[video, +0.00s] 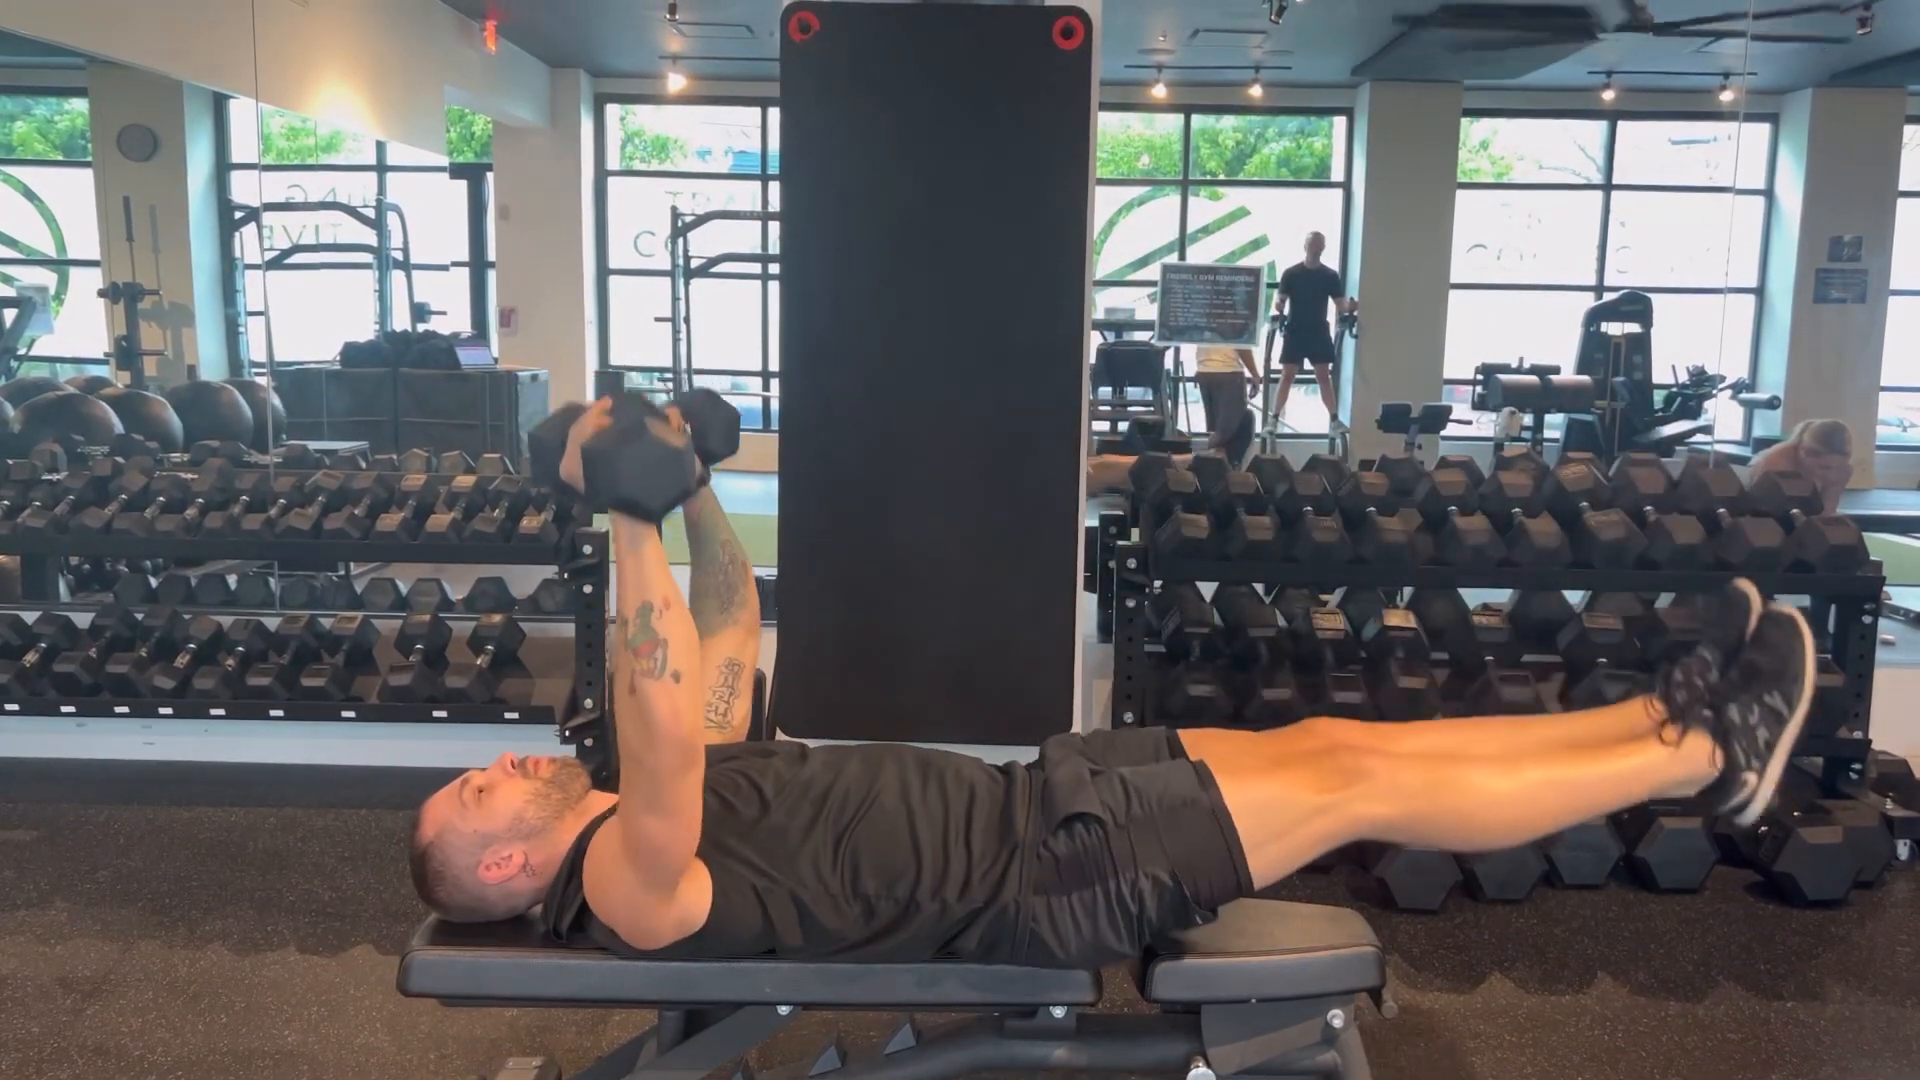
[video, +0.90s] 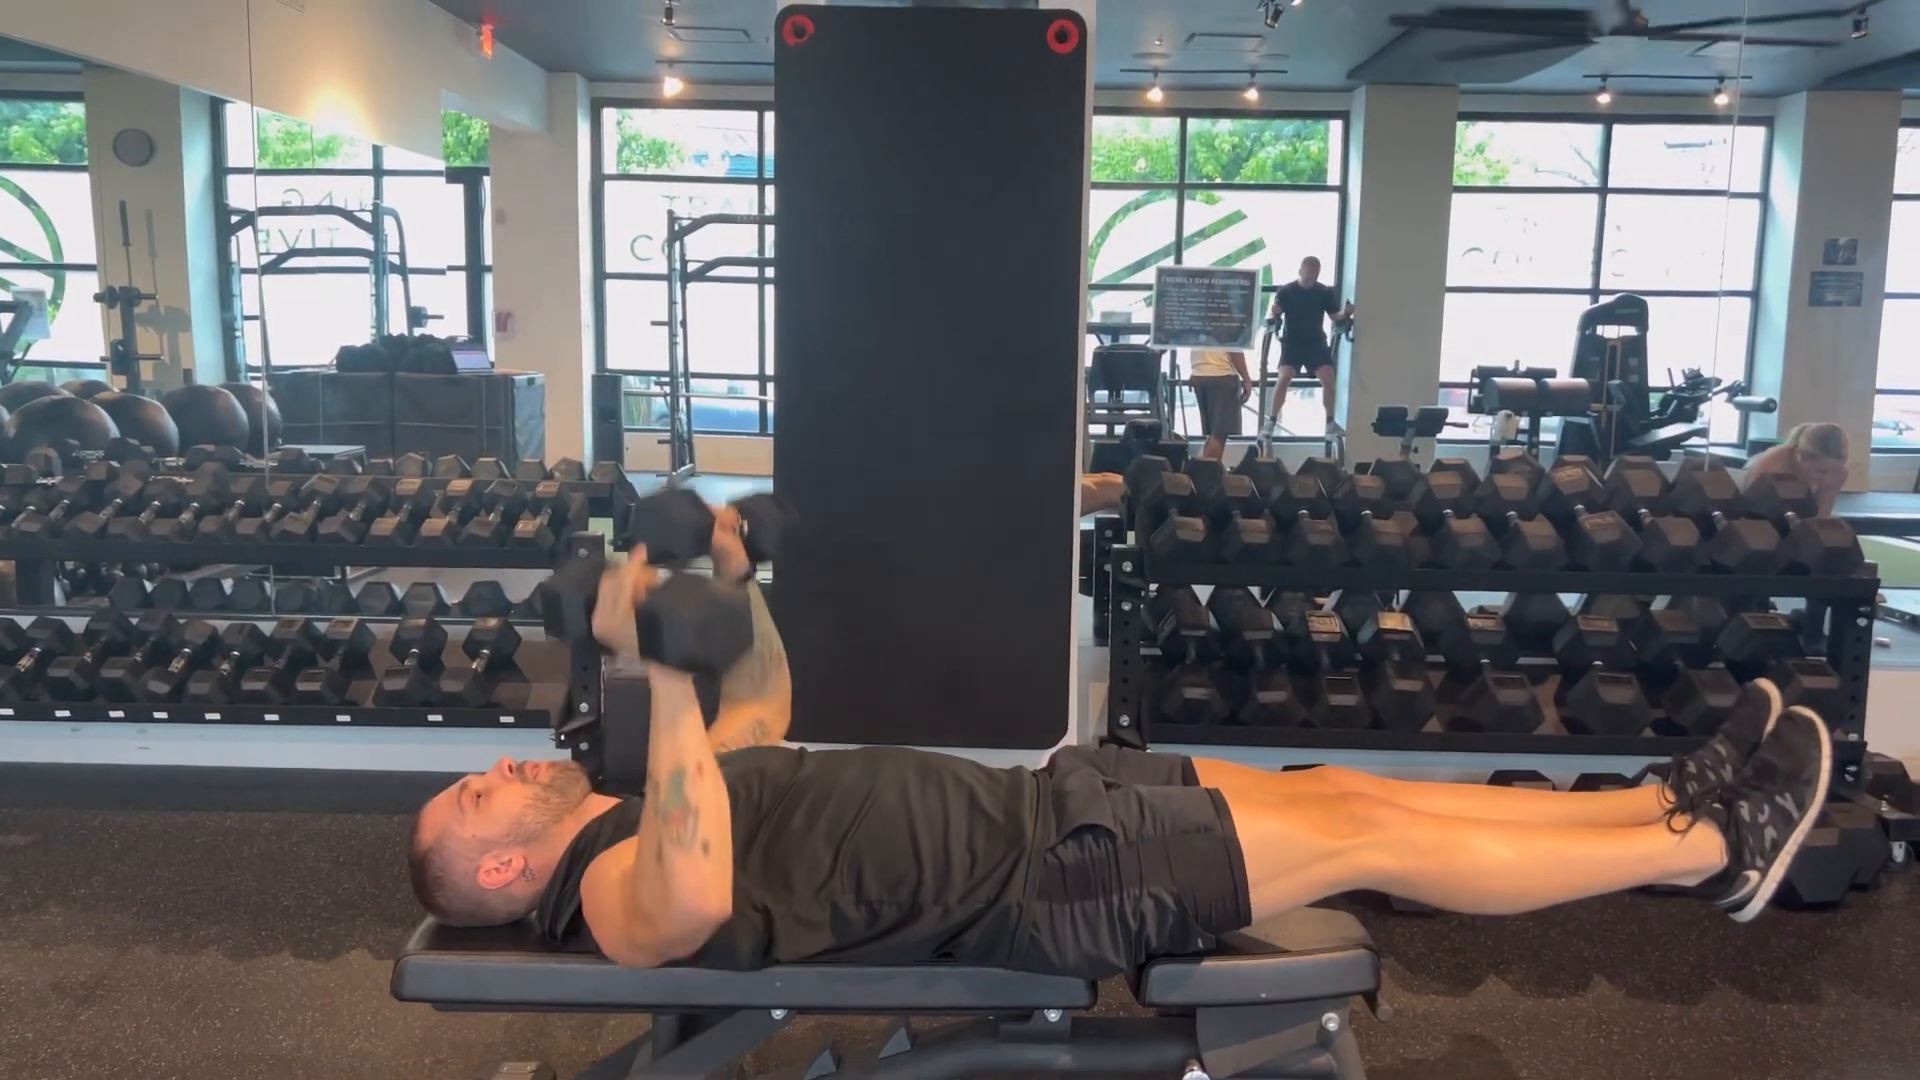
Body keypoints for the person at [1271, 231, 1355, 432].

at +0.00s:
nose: (1314, 250)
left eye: (1317, 246)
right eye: (1311, 246)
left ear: (1322, 248)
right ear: (1306, 246)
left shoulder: (1330, 276)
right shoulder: (1291, 274)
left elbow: (1340, 305)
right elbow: (1280, 302)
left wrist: (1351, 306)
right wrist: (1280, 311)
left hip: (1319, 330)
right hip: (1294, 329)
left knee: (1323, 375)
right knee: (1288, 374)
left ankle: (1334, 419)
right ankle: (1274, 418)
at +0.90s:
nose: (1309, 280)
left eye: (1312, 277)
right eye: (1306, 276)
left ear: (1318, 275)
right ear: (1299, 272)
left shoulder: (1325, 293)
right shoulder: (1287, 292)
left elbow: (1335, 317)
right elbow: (1274, 315)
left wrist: (1345, 314)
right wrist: (1273, 314)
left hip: (1316, 342)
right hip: (1292, 342)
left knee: (1328, 378)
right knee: (1284, 378)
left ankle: (1330, 423)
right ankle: (1271, 421)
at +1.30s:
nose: (1308, 282)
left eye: (1312, 279)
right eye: (1305, 278)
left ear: (1316, 279)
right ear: (1299, 276)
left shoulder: (1323, 298)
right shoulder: (1285, 297)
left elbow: (1334, 321)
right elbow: (1270, 325)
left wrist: (1344, 317)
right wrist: (1272, 318)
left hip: (1315, 346)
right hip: (1291, 346)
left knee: (1319, 388)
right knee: (1290, 387)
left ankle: (1315, 435)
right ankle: (1289, 433)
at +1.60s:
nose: (1306, 284)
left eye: (1309, 280)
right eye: (1302, 279)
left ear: (1314, 280)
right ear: (1296, 279)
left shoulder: (1320, 301)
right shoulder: (1284, 301)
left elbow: (1334, 323)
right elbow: (1272, 333)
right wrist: (1273, 321)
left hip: (1312, 356)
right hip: (1289, 356)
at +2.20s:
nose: (1305, 290)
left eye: (1309, 286)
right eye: (1302, 286)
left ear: (1313, 286)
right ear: (1295, 285)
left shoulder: (1321, 309)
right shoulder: (1284, 308)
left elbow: (1333, 331)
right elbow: (1270, 335)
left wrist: (1344, 326)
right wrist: (1272, 326)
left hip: (1313, 363)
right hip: (1290, 363)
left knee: (1315, 411)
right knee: (1291, 410)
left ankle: (1315, 453)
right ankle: (1286, 453)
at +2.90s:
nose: (1304, 289)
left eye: (1307, 285)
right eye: (1300, 285)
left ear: (1311, 288)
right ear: (1293, 288)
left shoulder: (1320, 313)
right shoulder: (1283, 313)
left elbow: (1332, 336)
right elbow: (1270, 333)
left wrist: (1343, 330)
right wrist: (1270, 334)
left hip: (1312, 368)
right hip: (1289, 368)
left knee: (1308, 416)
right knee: (1289, 416)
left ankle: (1306, 454)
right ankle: (1284, 456)